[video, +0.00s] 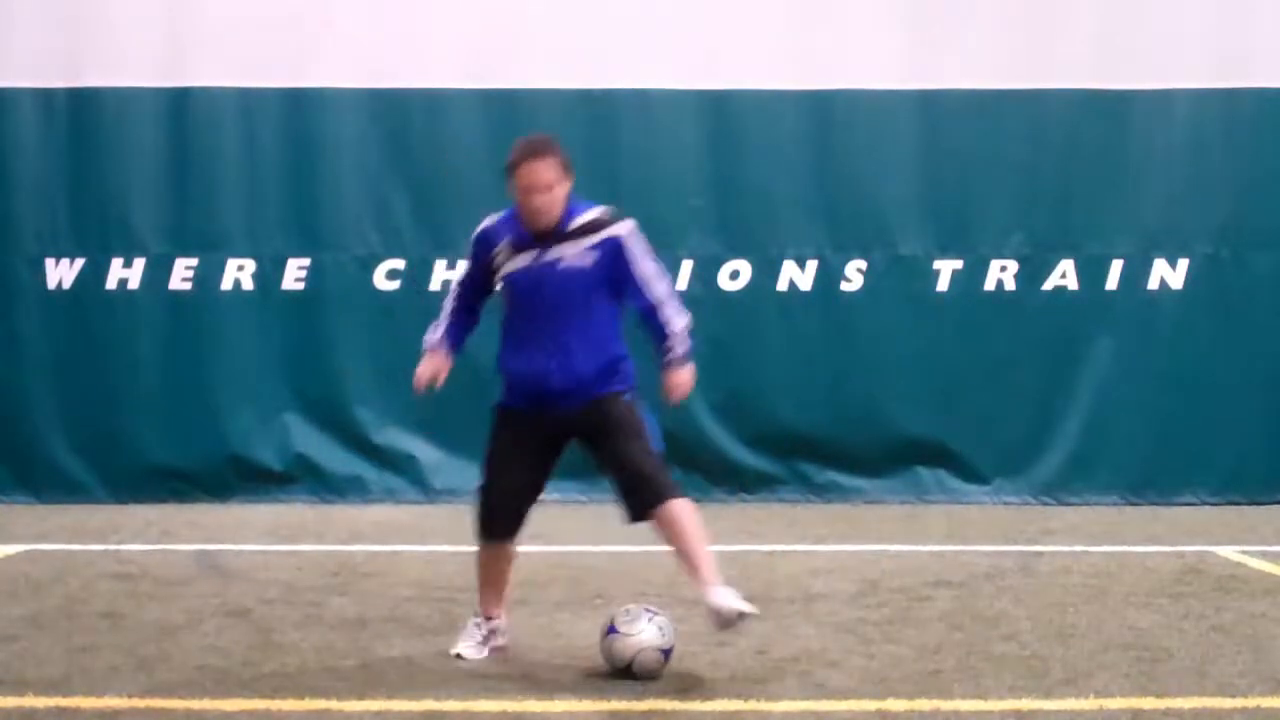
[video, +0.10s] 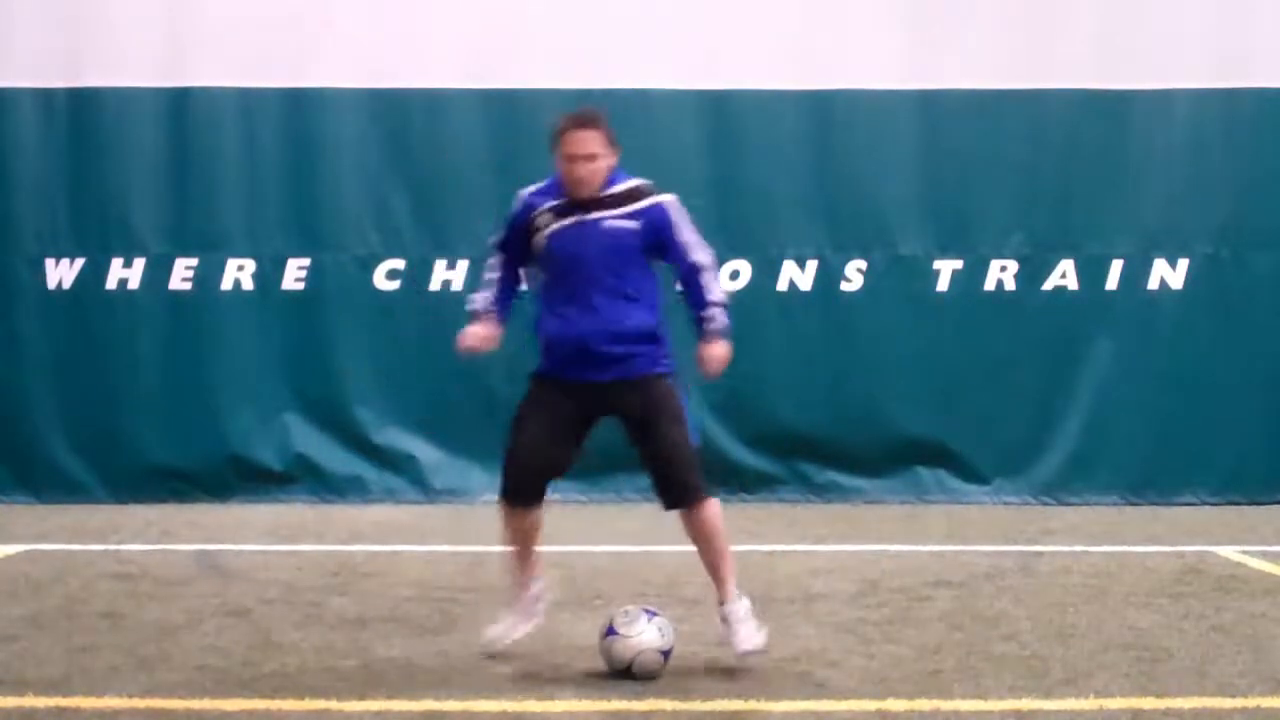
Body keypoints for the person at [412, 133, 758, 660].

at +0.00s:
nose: (535, 201)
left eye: (545, 189)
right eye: (526, 191)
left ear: (567, 184)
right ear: (512, 191)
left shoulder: (609, 230)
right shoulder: (496, 238)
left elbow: (657, 292)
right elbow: (465, 296)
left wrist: (678, 353)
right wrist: (440, 346)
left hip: (602, 395)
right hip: (527, 402)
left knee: (649, 481)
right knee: (497, 512)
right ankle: (490, 622)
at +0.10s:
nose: (581, 169)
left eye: (591, 158)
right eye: (571, 159)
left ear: (613, 156)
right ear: (555, 160)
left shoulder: (649, 205)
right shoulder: (533, 209)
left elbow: (697, 264)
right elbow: (503, 262)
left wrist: (714, 329)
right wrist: (489, 315)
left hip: (640, 372)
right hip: (563, 375)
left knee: (684, 483)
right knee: (519, 482)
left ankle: (732, 603)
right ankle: (527, 600)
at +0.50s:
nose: (729, 181)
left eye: (739, 169)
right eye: (717, 169)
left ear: (756, 163)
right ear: (699, 164)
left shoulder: (786, 197)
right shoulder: (673, 208)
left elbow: (814, 243)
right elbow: (616, 265)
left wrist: (803, 285)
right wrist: (593, 338)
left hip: (750, 357)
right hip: (685, 350)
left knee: (772, 479)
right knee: (732, 450)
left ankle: (697, 572)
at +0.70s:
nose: (777, 243)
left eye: (787, 230)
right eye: (764, 231)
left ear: (803, 222)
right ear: (746, 224)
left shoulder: (818, 253)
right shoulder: (720, 277)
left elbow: (836, 307)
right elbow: (677, 351)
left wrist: (841, 338)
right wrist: (652, 426)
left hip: (790, 417)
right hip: (731, 421)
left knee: (794, 534)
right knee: (807, 522)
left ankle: (677, 547)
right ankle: (802, 649)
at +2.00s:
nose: (476, 238)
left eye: (487, 225)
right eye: (467, 226)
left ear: (511, 216)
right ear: (454, 219)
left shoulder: (544, 268)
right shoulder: (446, 250)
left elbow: (591, 342)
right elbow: (418, 287)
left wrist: (612, 416)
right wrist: (382, 313)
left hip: (542, 416)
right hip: (494, 415)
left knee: (476, 523)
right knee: (495, 530)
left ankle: (495, 650)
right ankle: (617, 541)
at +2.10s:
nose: (473, 251)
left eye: (483, 238)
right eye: (462, 239)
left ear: (504, 229)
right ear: (448, 231)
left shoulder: (539, 277)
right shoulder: (436, 260)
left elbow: (584, 346)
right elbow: (405, 297)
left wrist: (607, 421)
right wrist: (372, 322)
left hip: (540, 422)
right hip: (488, 423)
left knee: (472, 525)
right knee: (484, 535)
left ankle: (496, 649)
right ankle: (608, 538)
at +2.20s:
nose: (481, 229)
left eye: (491, 216)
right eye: (470, 217)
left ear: (512, 207)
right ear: (455, 211)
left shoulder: (551, 255)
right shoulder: (442, 246)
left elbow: (616, 314)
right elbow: (411, 280)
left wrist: (637, 379)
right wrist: (380, 308)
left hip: (542, 415)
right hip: (483, 415)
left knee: (486, 522)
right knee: (462, 522)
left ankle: (496, 649)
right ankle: (591, 529)